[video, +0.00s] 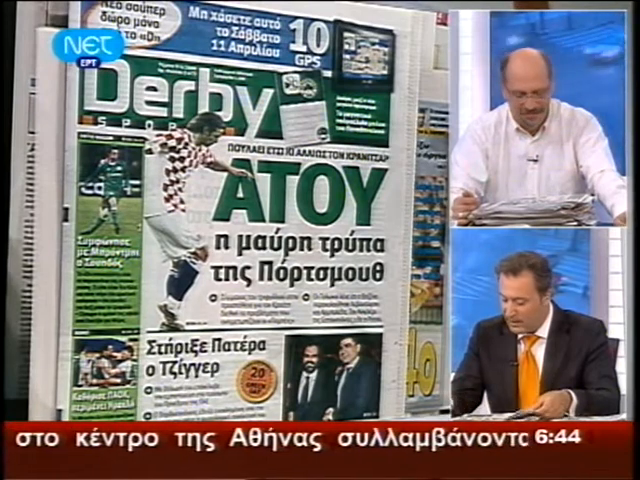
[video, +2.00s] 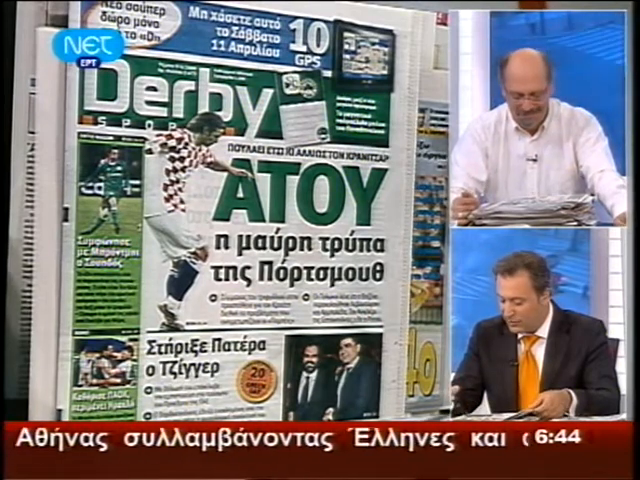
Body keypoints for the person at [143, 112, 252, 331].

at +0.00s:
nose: (215, 141)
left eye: (217, 137)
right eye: (215, 136)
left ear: (207, 132)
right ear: (205, 130)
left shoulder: (199, 150)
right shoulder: (179, 137)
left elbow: (212, 162)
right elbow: (149, 145)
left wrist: (232, 170)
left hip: (165, 209)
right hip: (161, 208)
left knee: (180, 262)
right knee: (200, 251)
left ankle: (170, 317)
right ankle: (172, 304)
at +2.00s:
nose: (215, 141)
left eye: (217, 137)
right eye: (215, 136)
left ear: (207, 132)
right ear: (205, 130)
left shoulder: (199, 150)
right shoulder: (179, 137)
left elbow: (212, 162)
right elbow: (149, 145)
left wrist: (232, 170)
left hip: (166, 209)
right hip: (161, 208)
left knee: (180, 262)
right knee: (200, 251)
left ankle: (171, 317)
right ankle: (172, 304)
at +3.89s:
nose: (215, 141)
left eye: (217, 137)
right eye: (215, 136)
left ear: (206, 132)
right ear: (205, 130)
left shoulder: (199, 150)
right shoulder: (178, 137)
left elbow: (212, 162)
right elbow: (148, 146)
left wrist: (231, 170)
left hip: (167, 209)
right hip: (161, 207)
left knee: (180, 262)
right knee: (200, 251)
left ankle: (171, 317)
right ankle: (172, 303)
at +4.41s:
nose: (215, 141)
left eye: (217, 137)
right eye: (215, 135)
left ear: (206, 132)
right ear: (205, 130)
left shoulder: (199, 150)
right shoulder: (178, 137)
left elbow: (212, 162)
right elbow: (147, 146)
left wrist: (231, 170)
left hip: (167, 209)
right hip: (160, 208)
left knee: (180, 262)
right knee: (200, 251)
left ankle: (171, 317)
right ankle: (172, 303)